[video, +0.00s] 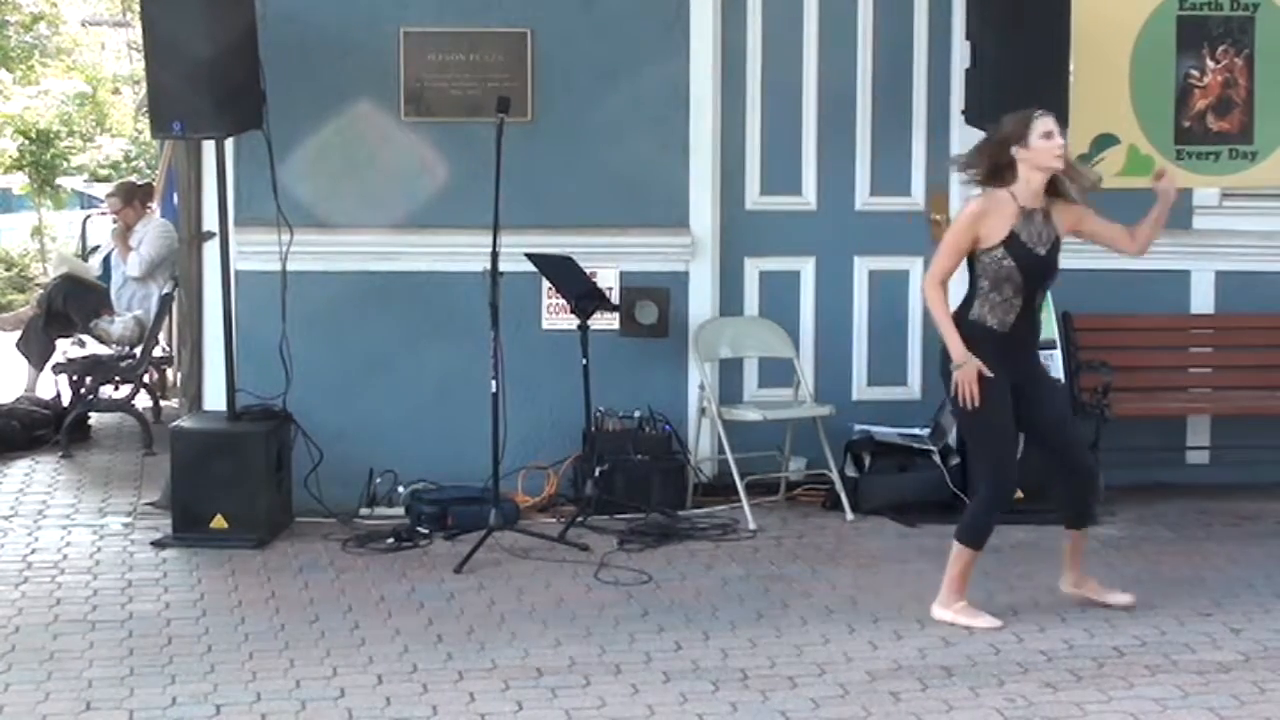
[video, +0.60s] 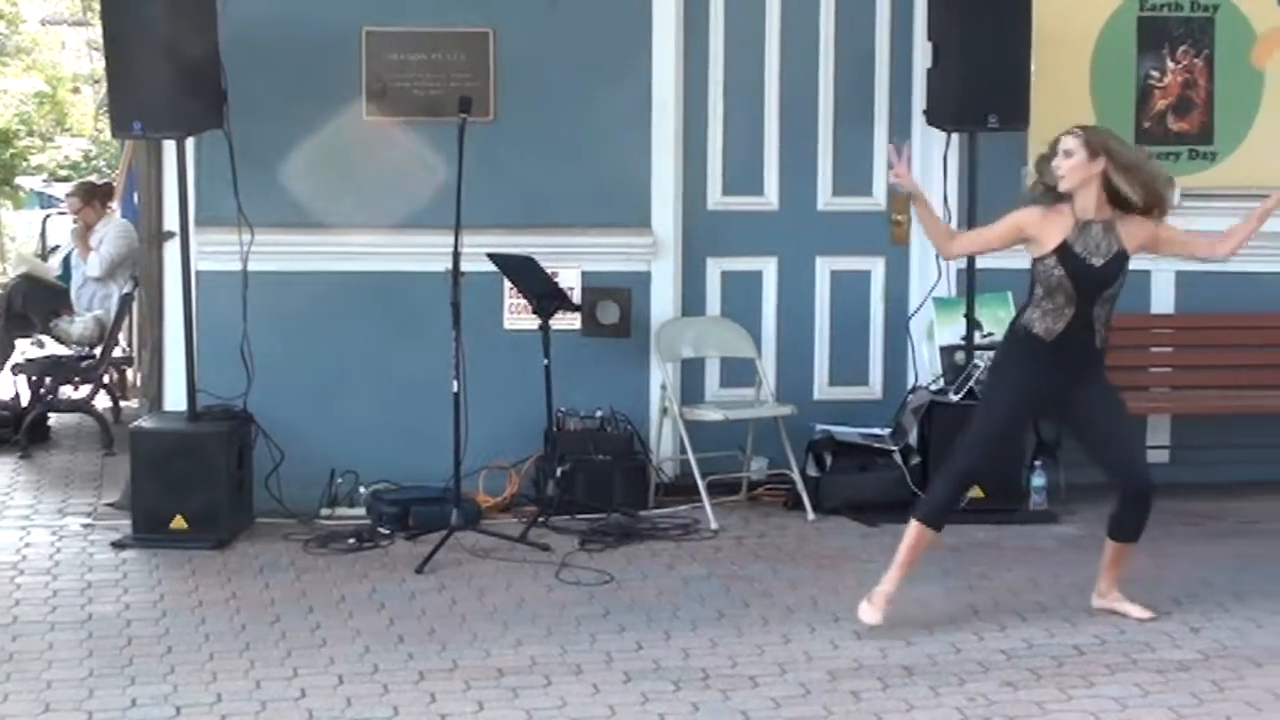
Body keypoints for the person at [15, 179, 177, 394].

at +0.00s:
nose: (115, 220)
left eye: (117, 213)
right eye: (112, 215)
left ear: (136, 206)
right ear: (133, 207)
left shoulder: (162, 230)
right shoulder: (123, 234)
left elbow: (138, 268)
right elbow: (94, 270)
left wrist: (121, 243)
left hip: (137, 320)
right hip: (114, 312)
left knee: (67, 285)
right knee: (42, 322)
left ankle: (33, 311)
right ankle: (29, 391)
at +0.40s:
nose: (105, 219)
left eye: (107, 212)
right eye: (102, 214)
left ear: (125, 204)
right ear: (122, 206)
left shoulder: (150, 229)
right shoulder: (113, 233)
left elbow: (127, 268)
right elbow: (84, 269)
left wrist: (110, 242)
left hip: (127, 317)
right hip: (105, 309)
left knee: (55, 283)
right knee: (33, 320)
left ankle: (25, 310)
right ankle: (18, 388)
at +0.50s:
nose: (89, 220)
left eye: (92, 213)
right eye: (86, 215)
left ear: (110, 204)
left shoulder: (135, 230)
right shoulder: (98, 235)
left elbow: (112, 269)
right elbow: (68, 271)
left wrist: (94, 244)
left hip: (114, 317)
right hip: (91, 309)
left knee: (37, 286)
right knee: (14, 323)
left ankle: (16, 311)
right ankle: (8, 384)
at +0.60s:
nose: (75, 219)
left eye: (77, 213)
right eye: (72, 215)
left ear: (96, 204)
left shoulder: (121, 230)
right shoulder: (84, 233)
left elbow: (100, 269)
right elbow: (55, 270)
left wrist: (81, 245)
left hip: (101, 319)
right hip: (76, 310)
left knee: (25, 286)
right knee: (9, 323)